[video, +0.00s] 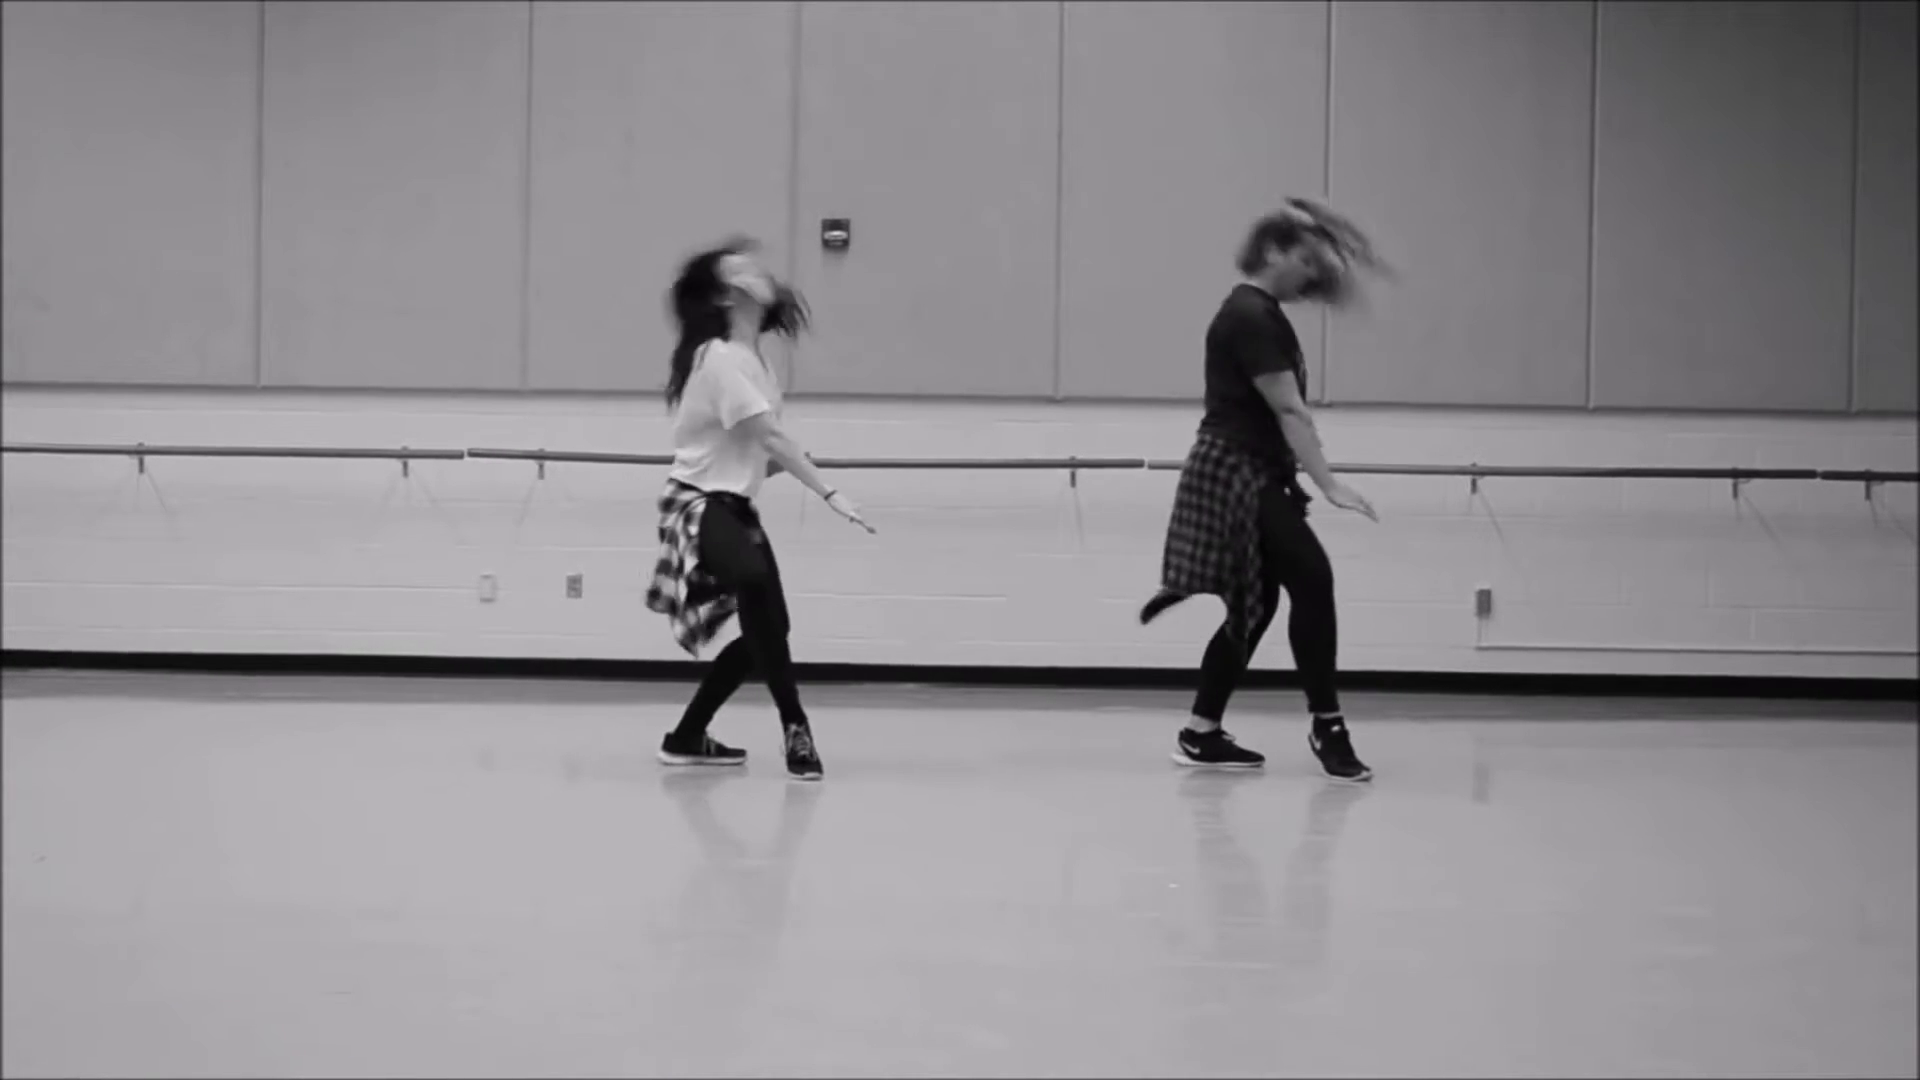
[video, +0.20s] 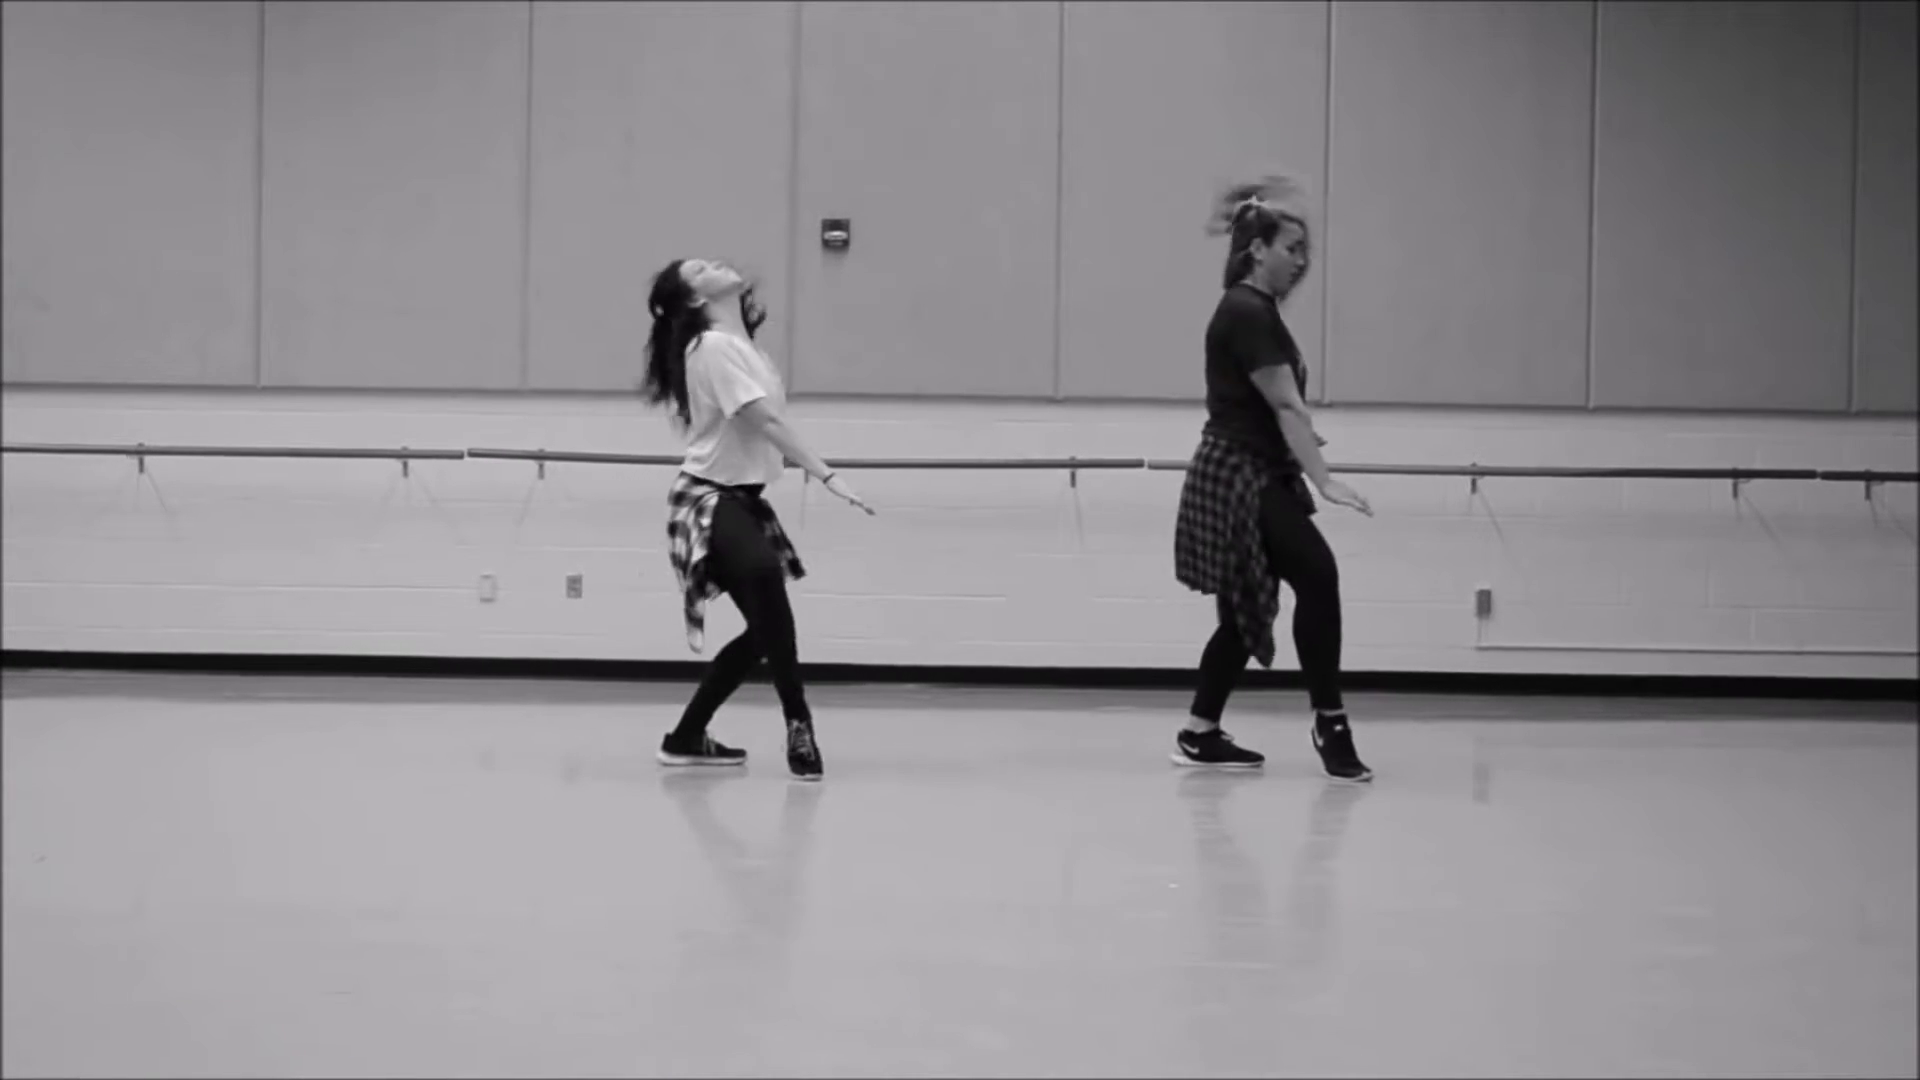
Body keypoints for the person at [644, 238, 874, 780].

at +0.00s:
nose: (764, 274)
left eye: (759, 266)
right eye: (748, 268)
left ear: (753, 293)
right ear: (727, 292)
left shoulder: (751, 360)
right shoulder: (723, 357)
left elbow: (739, 467)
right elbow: (770, 437)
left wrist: (786, 460)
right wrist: (827, 492)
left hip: (734, 509)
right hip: (704, 507)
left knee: (764, 634)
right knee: (764, 612)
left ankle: (688, 733)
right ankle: (796, 729)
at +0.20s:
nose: (719, 263)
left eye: (708, 260)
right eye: (704, 267)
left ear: (710, 292)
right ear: (695, 298)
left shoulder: (735, 344)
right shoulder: (715, 346)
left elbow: (757, 420)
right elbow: (762, 420)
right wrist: (817, 467)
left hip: (741, 501)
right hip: (715, 501)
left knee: (765, 629)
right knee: (772, 610)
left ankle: (688, 733)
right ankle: (799, 726)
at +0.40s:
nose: (731, 261)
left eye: (724, 256)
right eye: (716, 261)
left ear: (721, 284)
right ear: (700, 289)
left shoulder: (739, 339)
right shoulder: (722, 346)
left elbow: (764, 415)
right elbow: (778, 412)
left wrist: (800, 446)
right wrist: (824, 453)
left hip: (743, 497)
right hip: (719, 499)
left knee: (758, 623)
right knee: (779, 612)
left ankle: (687, 733)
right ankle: (818, 738)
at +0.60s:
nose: (771, 255)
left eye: (767, 247)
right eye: (756, 251)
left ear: (753, 270)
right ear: (732, 273)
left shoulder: (753, 325)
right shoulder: (751, 323)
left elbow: (735, 410)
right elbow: (820, 341)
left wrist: (783, 446)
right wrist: (880, 346)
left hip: (739, 488)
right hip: (720, 488)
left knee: (735, 612)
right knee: (771, 607)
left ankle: (683, 733)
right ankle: (814, 737)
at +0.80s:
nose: (828, 264)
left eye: (827, 253)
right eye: (814, 256)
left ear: (792, 268)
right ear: (782, 267)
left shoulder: (785, 319)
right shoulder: (784, 312)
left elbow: (753, 403)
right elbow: (847, 279)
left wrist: (786, 447)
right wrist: (895, 233)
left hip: (745, 475)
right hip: (732, 474)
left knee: (714, 606)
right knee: (768, 611)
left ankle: (682, 732)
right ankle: (814, 736)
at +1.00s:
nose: (871, 287)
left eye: (871, 276)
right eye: (861, 276)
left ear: (850, 284)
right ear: (832, 278)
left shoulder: (819, 341)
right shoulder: (799, 316)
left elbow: (772, 420)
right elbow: (858, 247)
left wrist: (805, 456)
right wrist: (900, 173)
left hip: (750, 479)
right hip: (737, 477)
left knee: (708, 605)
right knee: (768, 613)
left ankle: (682, 732)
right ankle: (813, 740)